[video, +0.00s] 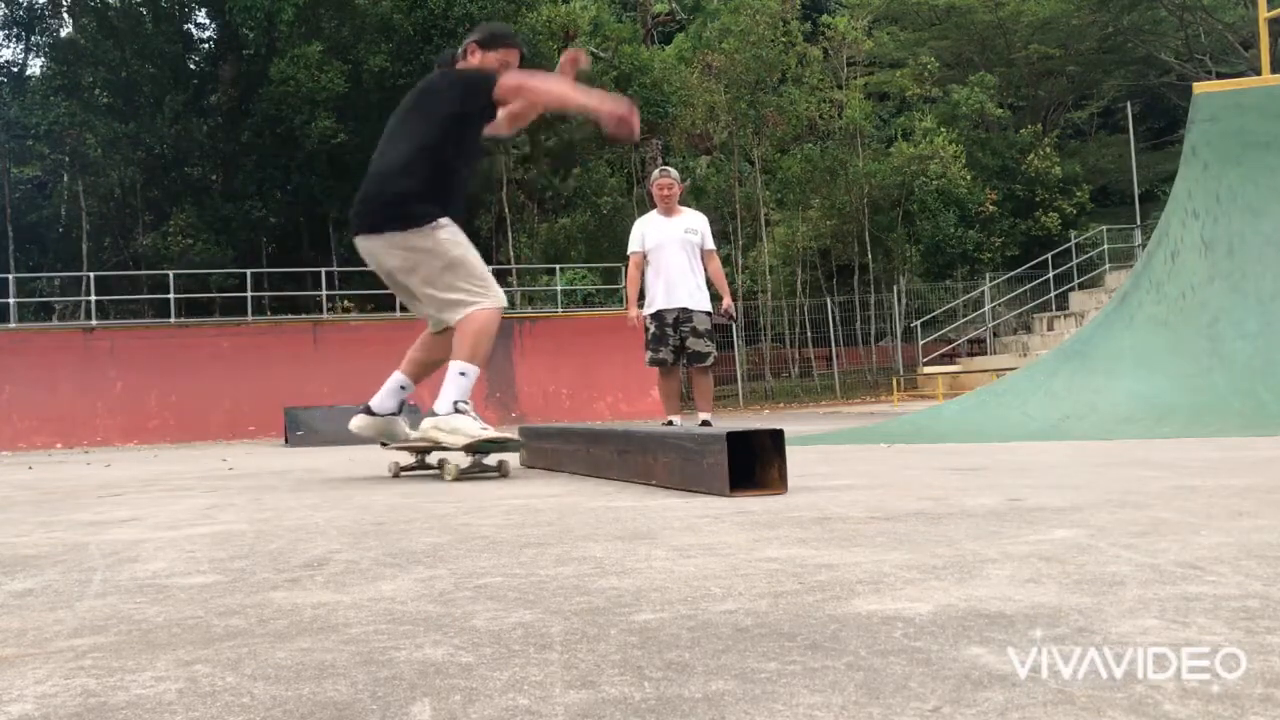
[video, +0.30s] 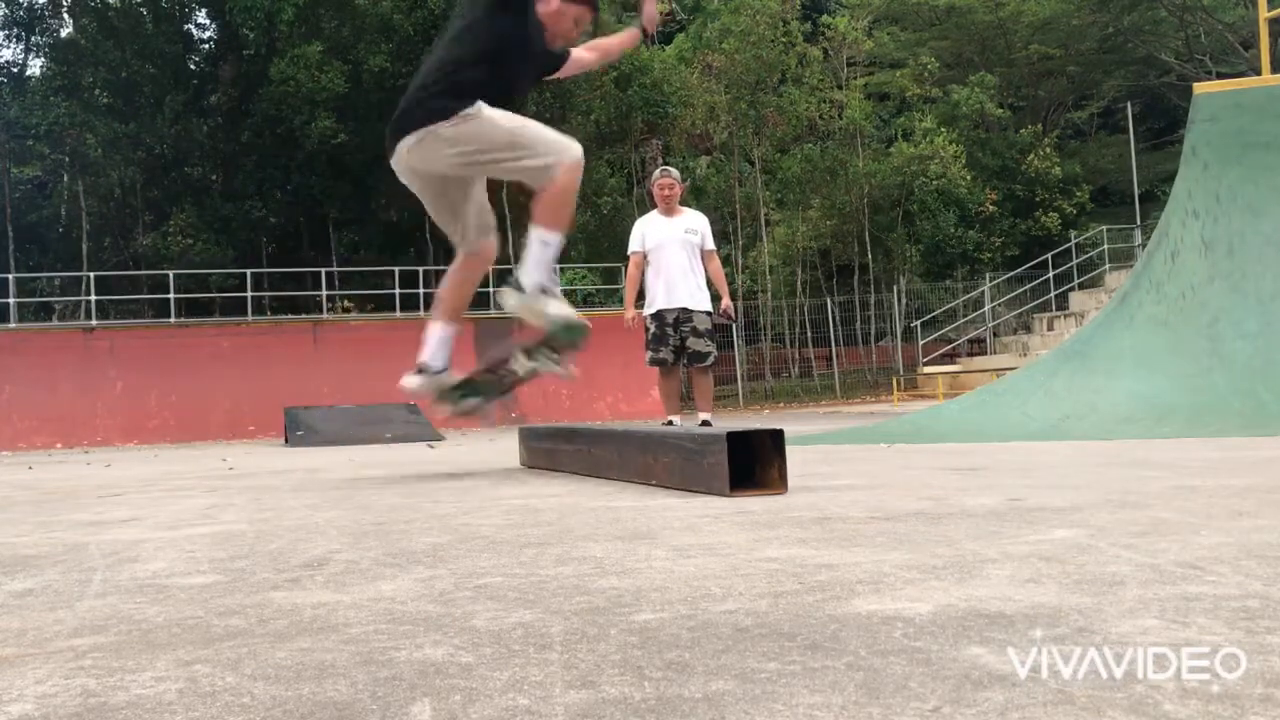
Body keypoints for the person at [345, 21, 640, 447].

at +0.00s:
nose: (508, 77)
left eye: (512, 69)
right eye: (502, 66)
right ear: (472, 54)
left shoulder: (449, 101)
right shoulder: (455, 82)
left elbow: (505, 121)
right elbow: (522, 86)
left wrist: (557, 84)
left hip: (374, 226)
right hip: (409, 217)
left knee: (451, 324)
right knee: (485, 303)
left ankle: (382, 409)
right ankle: (451, 409)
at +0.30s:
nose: (574, 37)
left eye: (581, 31)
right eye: (576, 23)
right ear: (554, 4)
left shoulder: (535, 57)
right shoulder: (511, 9)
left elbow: (591, 54)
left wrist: (642, 31)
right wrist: (645, 12)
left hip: (413, 150)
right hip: (445, 122)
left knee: (478, 246)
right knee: (565, 157)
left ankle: (431, 368)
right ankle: (535, 285)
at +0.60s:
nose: (648, 93)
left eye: (655, 86)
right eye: (650, 79)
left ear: (622, 54)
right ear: (626, 53)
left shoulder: (565, 65)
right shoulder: (587, 72)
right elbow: (594, 162)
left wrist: (566, 181)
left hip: (432, 151)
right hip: (471, 148)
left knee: (520, 258)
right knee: (575, 234)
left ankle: (509, 389)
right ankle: (581, 371)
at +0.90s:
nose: (621, 33)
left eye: (629, 26)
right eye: (623, 19)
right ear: (596, 2)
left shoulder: (527, 10)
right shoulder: (554, 32)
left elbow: (444, 9)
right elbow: (486, 86)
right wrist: (425, 146)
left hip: (425, 149)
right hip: (475, 150)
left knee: (505, 258)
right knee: (566, 244)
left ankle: (503, 393)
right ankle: (590, 380)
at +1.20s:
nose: (508, 12)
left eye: (511, 6)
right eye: (507, 3)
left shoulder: (398, 7)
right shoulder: (451, 28)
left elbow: (307, 16)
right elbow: (484, 114)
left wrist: (222, 50)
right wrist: (549, 192)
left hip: (365, 175)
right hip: (339, 175)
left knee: (439, 280)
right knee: (401, 300)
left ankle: (398, 420)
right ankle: (372, 456)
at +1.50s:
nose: (403, 2)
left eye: (403, 1)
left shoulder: (329, 17)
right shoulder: (334, 8)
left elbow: (299, 108)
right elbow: (294, 83)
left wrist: (347, 172)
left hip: (222, 165)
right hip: (261, 169)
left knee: (207, 306)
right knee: (309, 308)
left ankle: (178, 467)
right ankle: (354, 453)